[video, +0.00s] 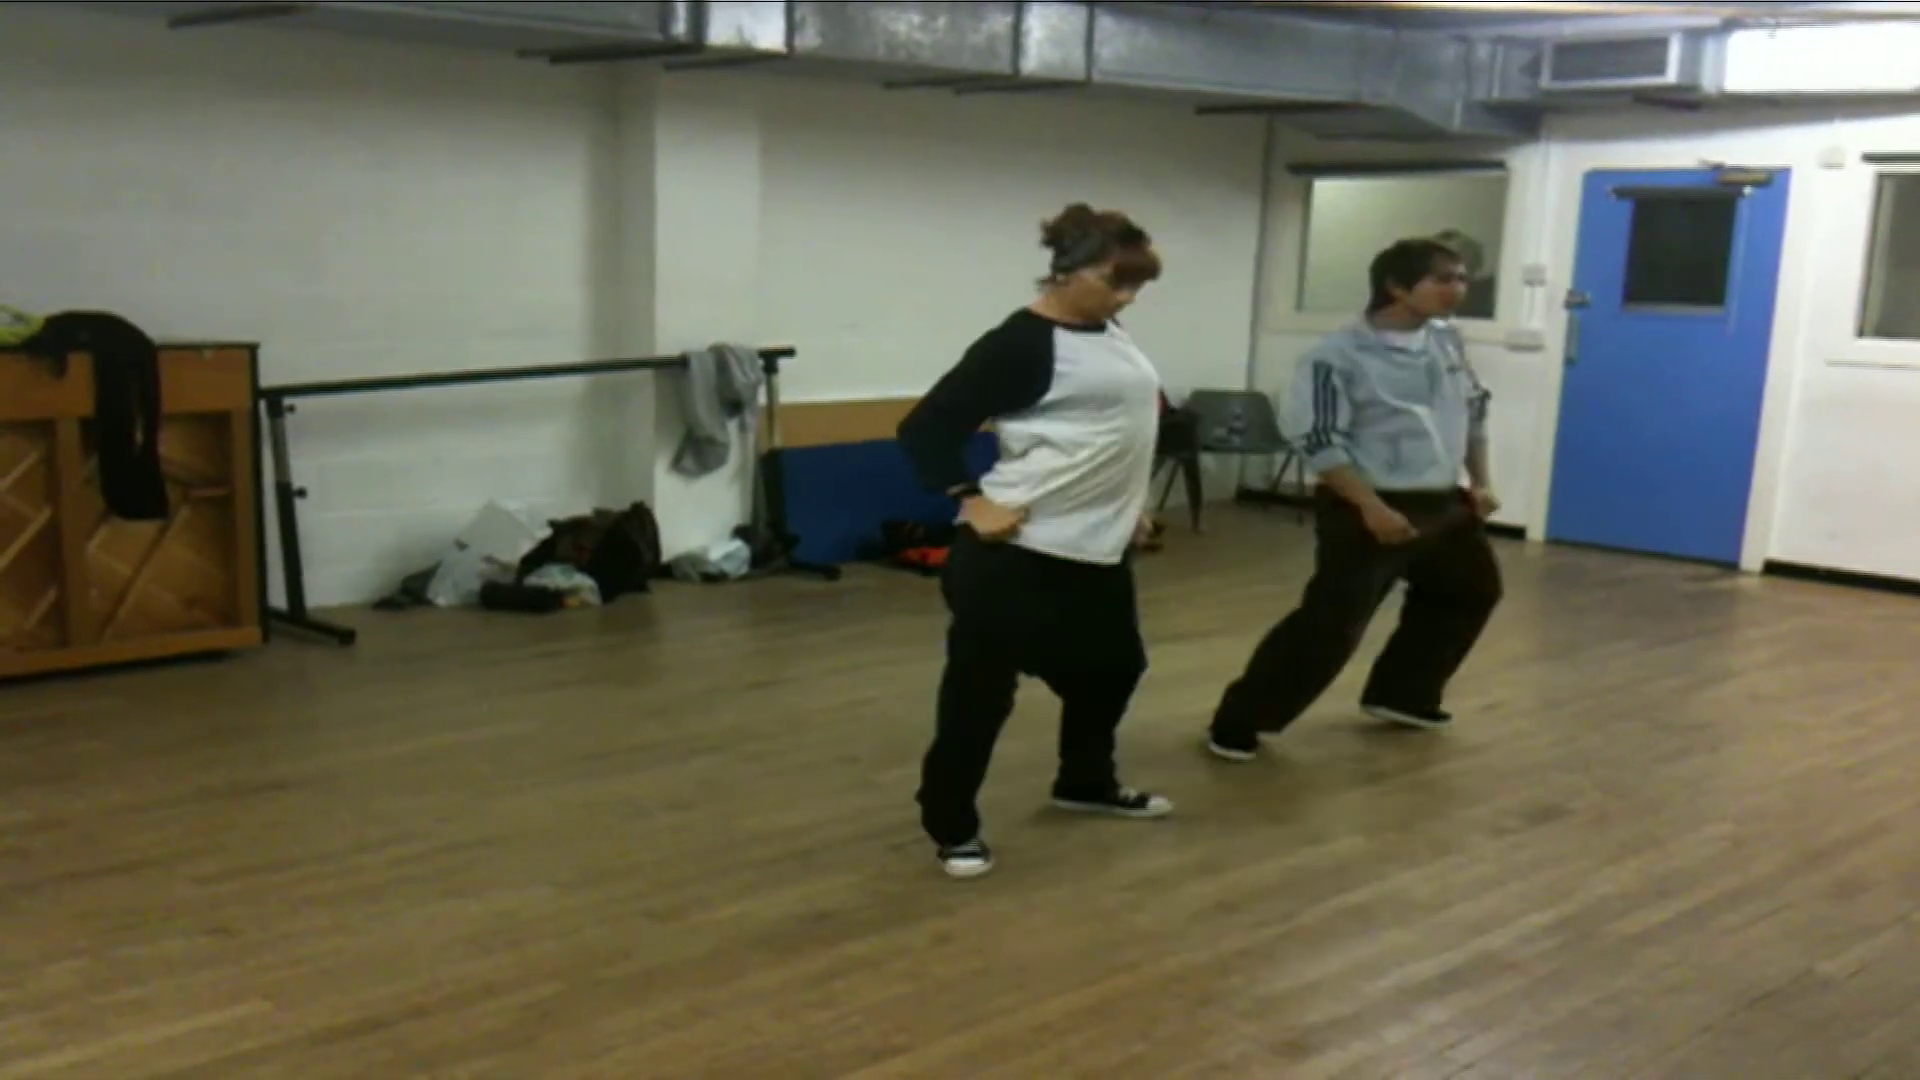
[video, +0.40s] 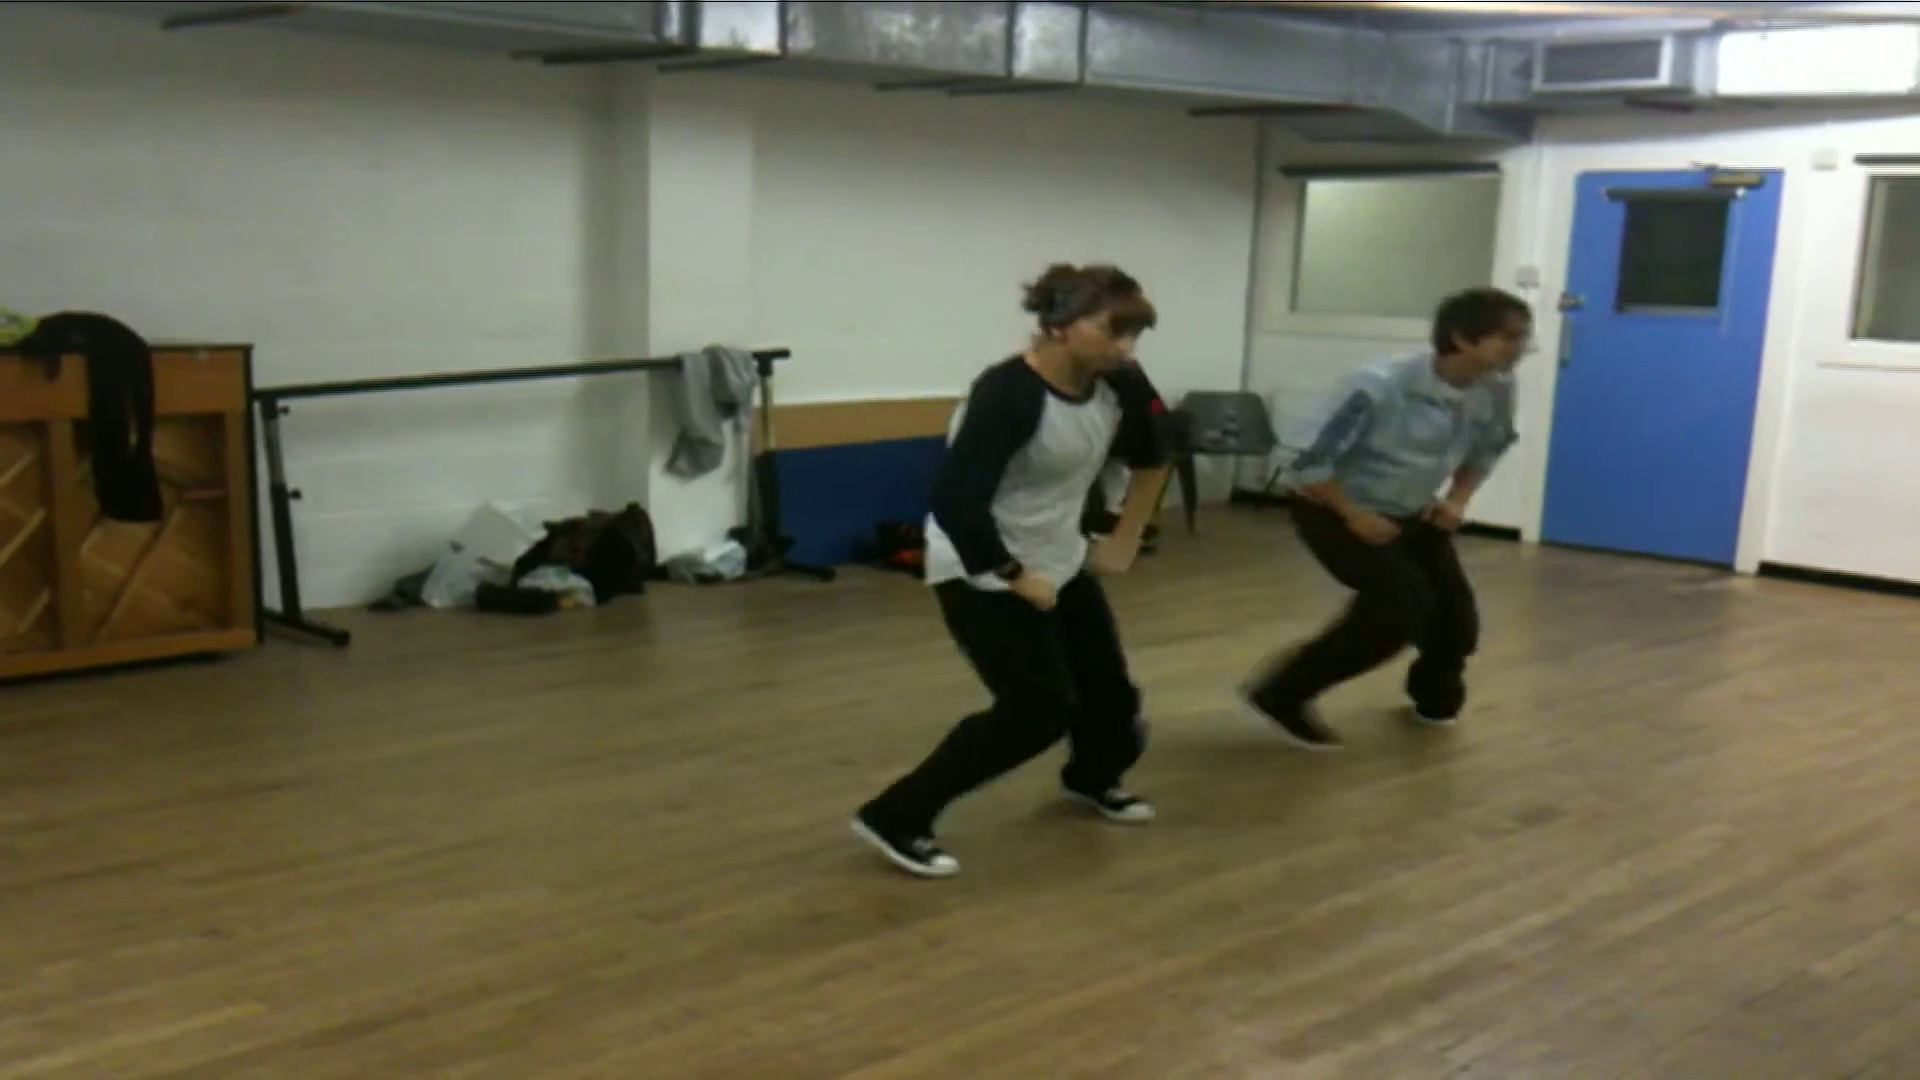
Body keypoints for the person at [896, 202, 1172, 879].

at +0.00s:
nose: (1129, 299)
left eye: (1135, 287)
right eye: (1122, 283)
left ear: (1089, 276)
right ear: (1078, 271)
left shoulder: (1110, 339)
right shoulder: (1020, 343)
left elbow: (1099, 435)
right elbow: (923, 433)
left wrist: (1126, 507)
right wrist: (970, 502)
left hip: (1095, 561)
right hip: (1012, 559)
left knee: (1109, 670)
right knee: (978, 698)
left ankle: (1085, 781)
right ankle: (951, 825)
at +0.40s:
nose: (1127, 349)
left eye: (1131, 334)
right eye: (1114, 332)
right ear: (1065, 327)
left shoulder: (1117, 384)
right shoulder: (1008, 391)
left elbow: (1155, 449)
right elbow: (956, 499)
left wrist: (1125, 538)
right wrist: (1012, 576)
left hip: (1061, 566)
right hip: (980, 575)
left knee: (1110, 699)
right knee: (1040, 709)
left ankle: (1090, 779)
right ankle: (894, 817)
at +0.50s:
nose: (1141, 385)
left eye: (1142, 370)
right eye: (1124, 370)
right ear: (1069, 377)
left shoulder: (1125, 432)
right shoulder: (1022, 435)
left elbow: (1150, 501)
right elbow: (934, 531)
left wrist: (1107, 566)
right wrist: (984, 595)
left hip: (1032, 577)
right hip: (947, 585)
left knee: (1135, 681)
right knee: (1008, 706)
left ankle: (1070, 781)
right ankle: (934, 828)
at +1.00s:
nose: (1110, 307)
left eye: (1115, 294)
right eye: (1098, 291)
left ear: (1110, 300)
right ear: (1049, 295)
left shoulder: (1105, 376)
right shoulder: (993, 355)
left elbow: (1119, 452)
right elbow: (926, 459)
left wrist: (1092, 525)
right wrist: (970, 539)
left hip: (1042, 547)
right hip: (950, 545)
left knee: (1076, 674)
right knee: (958, 683)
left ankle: (1036, 791)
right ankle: (929, 818)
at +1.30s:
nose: (1157, 309)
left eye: (1155, 295)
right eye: (1147, 296)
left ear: (1106, 305)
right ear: (1103, 305)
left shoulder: (1127, 383)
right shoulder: (1019, 368)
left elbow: (1110, 475)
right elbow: (960, 472)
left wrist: (1128, 536)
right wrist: (1056, 515)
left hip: (1089, 567)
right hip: (1007, 570)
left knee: (1167, 666)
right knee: (1008, 693)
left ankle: (1077, 776)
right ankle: (932, 825)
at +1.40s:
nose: (1189, 325)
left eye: (1189, 312)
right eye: (1181, 313)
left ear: (1143, 320)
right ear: (1142, 319)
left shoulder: (1161, 402)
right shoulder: (1060, 375)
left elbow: (1170, 483)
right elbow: (976, 454)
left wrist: (1166, 527)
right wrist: (1071, 488)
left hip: (1126, 578)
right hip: (1046, 584)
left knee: (1222, 652)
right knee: (1052, 713)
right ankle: (936, 823)